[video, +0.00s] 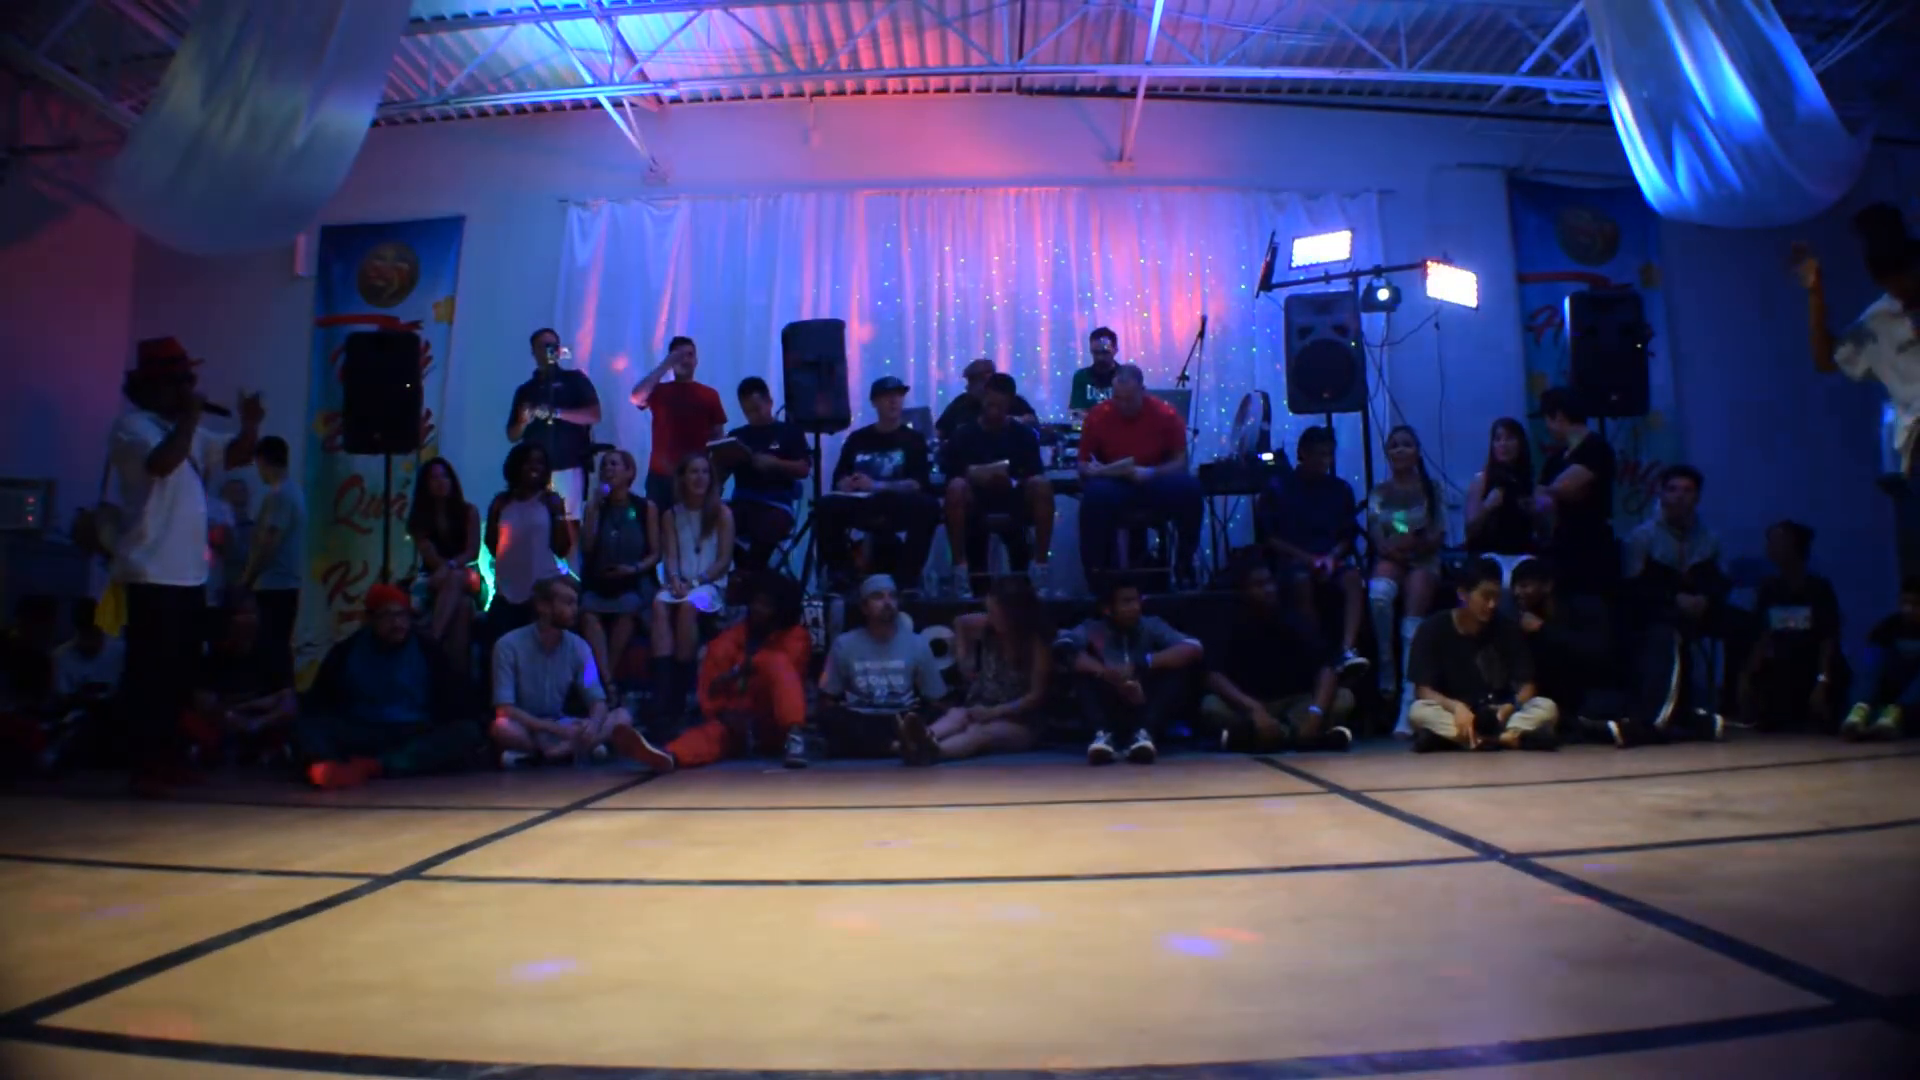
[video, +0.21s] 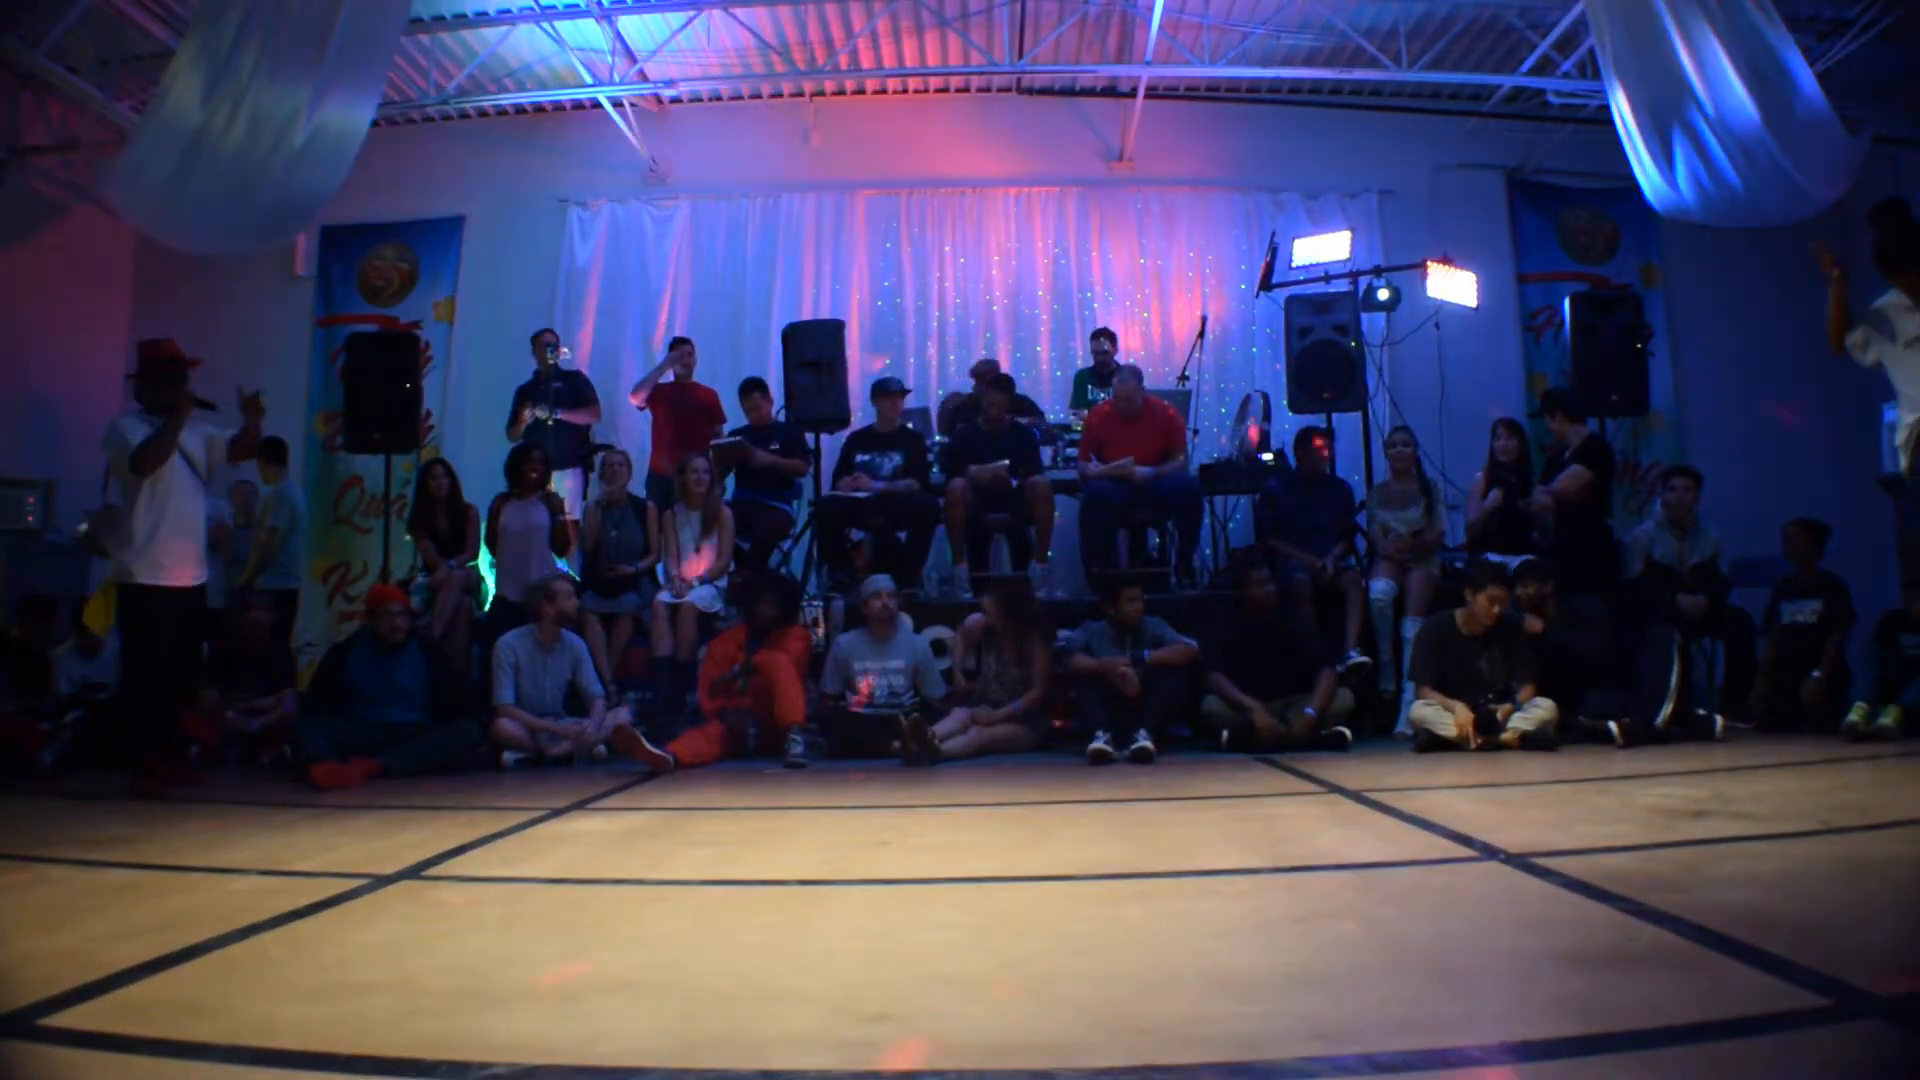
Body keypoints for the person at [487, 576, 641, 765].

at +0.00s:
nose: (574, 609)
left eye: (575, 603)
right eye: (567, 603)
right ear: (543, 607)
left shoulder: (579, 647)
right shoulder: (509, 645)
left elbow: (598, 701)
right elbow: (505, 709)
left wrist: (593, 725)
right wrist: (556, 729)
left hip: (564, 722)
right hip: (527, 722)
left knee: (622, 716)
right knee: (501, 727)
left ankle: (560, 750)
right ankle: (577, 747)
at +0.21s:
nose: (576, 602)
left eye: (574, 596)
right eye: (569, 597)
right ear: (547, 606)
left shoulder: (575, 644)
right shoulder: (509, 645)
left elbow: (597, 697)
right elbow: (504, 707)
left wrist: (592, 726)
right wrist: (555, 728)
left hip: (564, 721)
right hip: (528, 723)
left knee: (623, 715)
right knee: (503, 727)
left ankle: (559, 750)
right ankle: (578, 748)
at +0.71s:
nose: (552, 590)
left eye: (549, 586)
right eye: (545, 587)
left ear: (531, 602)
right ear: (527, 601)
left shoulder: (557, 632)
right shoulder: (499, 643)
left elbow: (575, 680)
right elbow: (502, 706)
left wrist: (587, 721)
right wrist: (560, 728)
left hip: (561, 717)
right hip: (527, 720)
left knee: (620, 712)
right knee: (503, 728)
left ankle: (557, 750)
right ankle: (579, 746)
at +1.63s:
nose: (555, 596)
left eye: (555, 590)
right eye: (545, 591)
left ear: (559, 594)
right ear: (524, 602)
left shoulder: (568, 640)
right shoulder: (503, 645)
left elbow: (596, 687)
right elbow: (504, 706)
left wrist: (595, 723)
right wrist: (556, 728)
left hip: (562, 719)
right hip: (526, 721)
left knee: (619, 714)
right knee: (504, 727)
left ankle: (546, 754)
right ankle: (582, 748)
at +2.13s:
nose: (540, 616)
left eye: (548, 610)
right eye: (536, 608)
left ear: (562, 610)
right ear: (529, 607)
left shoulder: (576, 645)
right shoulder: (509, 644)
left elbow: (599, 697)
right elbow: (505, 706)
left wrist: (597, 726)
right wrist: (558, 730)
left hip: (563, 720)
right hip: (525, 721)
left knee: (621, 716)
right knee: (503, 728)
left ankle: (551, 753)